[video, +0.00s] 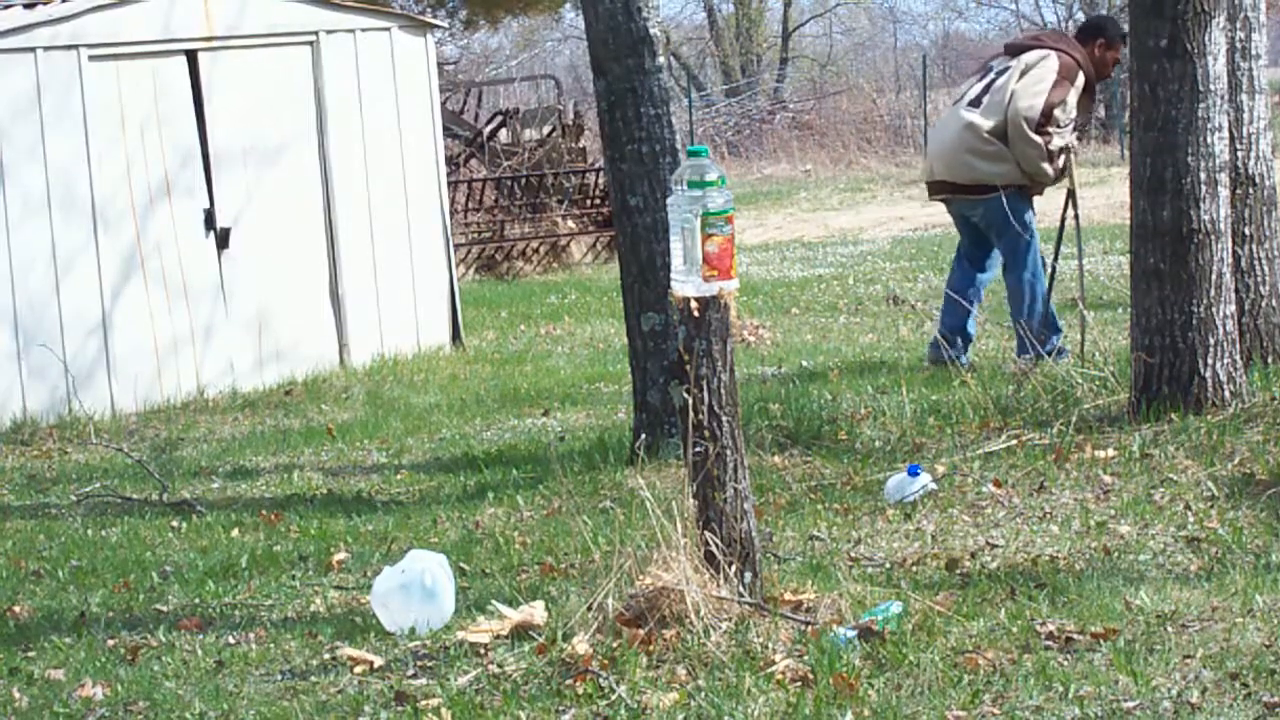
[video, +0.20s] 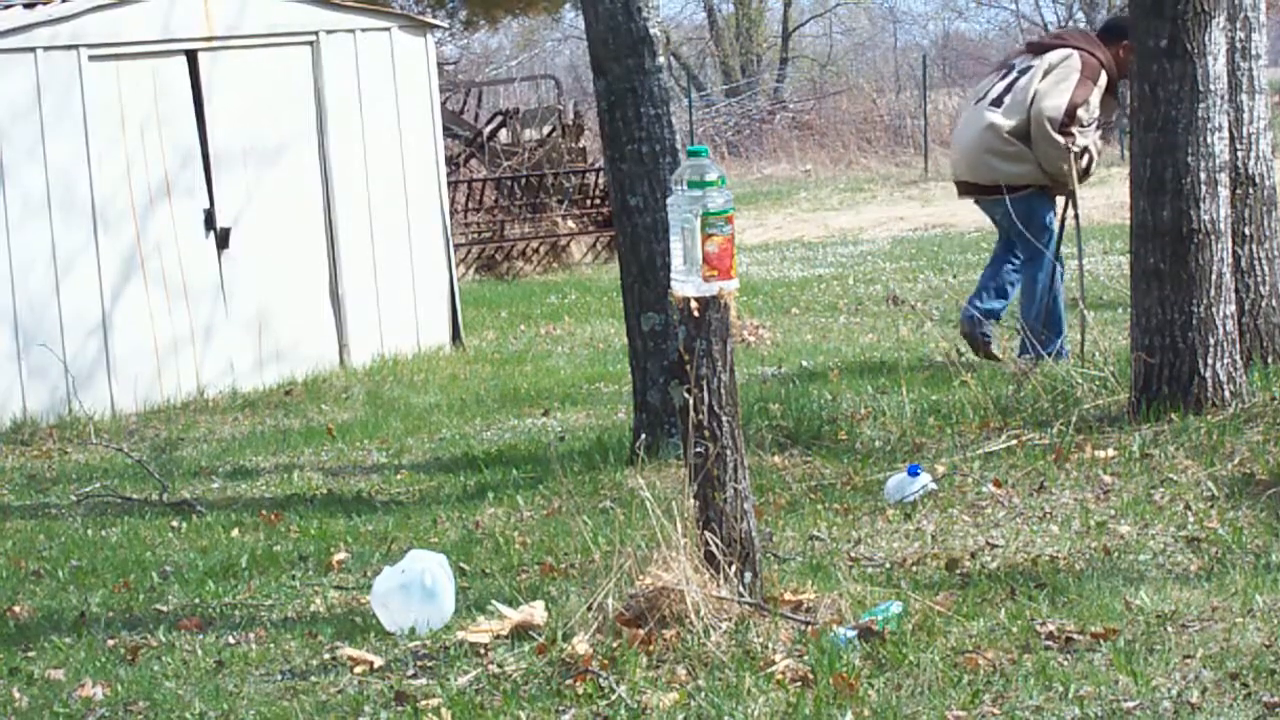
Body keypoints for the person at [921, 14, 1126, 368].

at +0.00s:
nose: (1113, 71)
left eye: (1116, 63)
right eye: (1114, 61)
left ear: (1093, 45)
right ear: (1098, 47)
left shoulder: (1026, 53)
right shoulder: (1064, 62)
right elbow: (1027, 117)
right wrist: (1048, 171)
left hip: (944, 162)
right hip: (985, 165)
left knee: (976, 252)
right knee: (1023, 254)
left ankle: (948, 349)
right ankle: (1040, 350)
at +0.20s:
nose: (1131, 68)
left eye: (1134, 61)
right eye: (1133, 59)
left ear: (1104, 38)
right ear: (1122, 48)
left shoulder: (1049, 49)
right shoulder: (1086, 62)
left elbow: (984, 98)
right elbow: (1049, 116)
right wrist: (1066, 176)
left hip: (971, 157)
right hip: (1006, 159)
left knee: (1013, 243)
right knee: (1042, 256)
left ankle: (979, 317)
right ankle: (1044, 354)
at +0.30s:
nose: (1133, 67)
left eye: (1135, 61)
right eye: (1136, 59)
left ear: (1109, 36)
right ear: (1127, 49)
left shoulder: (1061, 48)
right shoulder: (1097, 60)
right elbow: (1059, 112)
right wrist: (1070, 176)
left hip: (979, 156)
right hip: (1014, 157)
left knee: (1045, 246)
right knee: (1042, 255)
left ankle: (1012, 324)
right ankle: (1043, 355)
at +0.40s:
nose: (1138, 66)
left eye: (1139, 61)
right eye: (1141, 59)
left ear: (1114, 35)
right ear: (1132, 48)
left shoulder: (1064, 50)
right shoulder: (1104, 59)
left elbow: (998, 99)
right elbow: (1071, 112)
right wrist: (1081, 176)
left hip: (986, 156)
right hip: (1021, 157)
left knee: (1058, 253)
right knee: (1052, 259)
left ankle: (1060, 345)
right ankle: (1040, 354)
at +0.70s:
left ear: (1122, 30)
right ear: (1142, 44)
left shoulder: (1074, 54)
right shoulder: (1116, 52)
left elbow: (1025, 107)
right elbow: (1093, 105)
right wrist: (1112, 165)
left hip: (1014, 161)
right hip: (1049, 161)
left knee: (1094, 260)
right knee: (1086, 256)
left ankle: (1084, 342)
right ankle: (1048, 346)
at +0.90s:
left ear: (1081, 38)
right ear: (1112, 38)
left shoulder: (1056, 66)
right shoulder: (1110, 61)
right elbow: (1117, 118)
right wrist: (1131, 161)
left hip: (1023, 165)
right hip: (1072, 159)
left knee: (1072, 241)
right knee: (1125, 230)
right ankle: (1084, 320)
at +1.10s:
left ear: (1104, 39)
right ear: (1138, 38)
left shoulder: (1067, 64)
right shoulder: (1132, 54)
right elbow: (1133, 118)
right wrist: (1145, 166)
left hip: (1039, 168)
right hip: (1096, 159)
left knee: (1075, 243)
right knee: (1140, 237)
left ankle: (1081, 345)